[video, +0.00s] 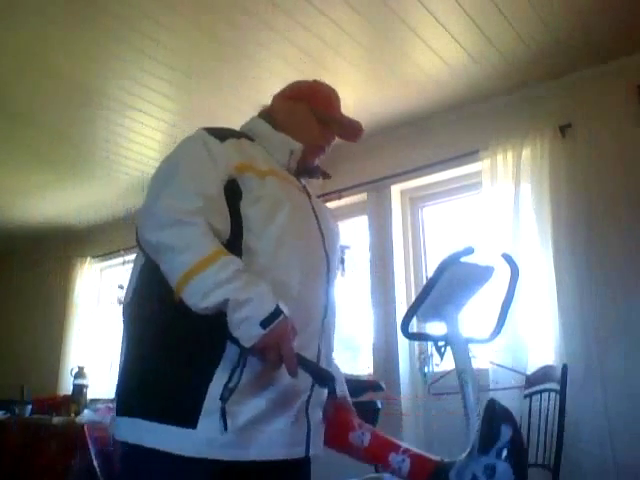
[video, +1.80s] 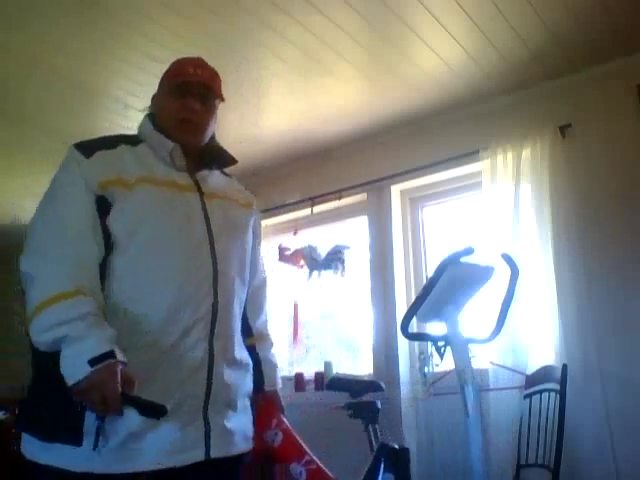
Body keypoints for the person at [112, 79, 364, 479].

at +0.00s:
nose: (329, 143)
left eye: (334, 134)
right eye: (325, 127)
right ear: (295, 115)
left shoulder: (314, 208)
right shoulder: (213, 149)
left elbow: (311, 319)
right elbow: (169, 227)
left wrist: (335, 396)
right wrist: (252, 308)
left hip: (282, 445)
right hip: (190, 440)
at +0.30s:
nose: (334, 142)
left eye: (340, 134)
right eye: (328, 126)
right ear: (295, 114)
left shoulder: (333, 218)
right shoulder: (212, 152)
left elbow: (334, 321)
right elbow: (149, 226)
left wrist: (355, 393)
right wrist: (192, 311)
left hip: (286, 439)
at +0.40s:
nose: (333, 143)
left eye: (338, 135)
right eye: (327, 126)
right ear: (293, 116)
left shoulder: (332, 219)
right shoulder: (210, 156)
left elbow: (338, 326)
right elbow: (145, 235)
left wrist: (368, 402)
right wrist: (171, 323)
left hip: (287, 445)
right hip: (190, 436)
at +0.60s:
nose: (302, 117)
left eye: (310, 111)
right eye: (291, 104)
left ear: (313, 122)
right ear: (257, 106)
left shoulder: (327, 206)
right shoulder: (190, 162)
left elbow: (340, 307)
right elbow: (118, 259)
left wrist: (377, 375)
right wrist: (111, 343)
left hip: (287, 432)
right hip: (182, 425)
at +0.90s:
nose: (252, 114)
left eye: (264, 106)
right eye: (240, 102)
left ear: (275, 120)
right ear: (214, 109)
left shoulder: (297, 202)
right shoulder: (148, 172)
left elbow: (323, 301)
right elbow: (90, 271)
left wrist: (355, 376)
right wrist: (76, 362)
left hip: (262, 431)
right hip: (155, 427)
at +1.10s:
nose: (210, 106)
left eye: (223, 97)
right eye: (198, 93)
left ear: (235, 111)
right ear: (174, 102)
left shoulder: (262, 194)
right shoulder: (104, 171)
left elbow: (291, 299)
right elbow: (49, 272)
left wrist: (318, 379)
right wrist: (42, 350)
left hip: (226, 437)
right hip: (110, 435)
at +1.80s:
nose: (192, 100)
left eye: (205, 96)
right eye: (180, 89)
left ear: (217, 113)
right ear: (155, 99)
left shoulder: (240, 201)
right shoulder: (94, 166)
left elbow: (253, 307)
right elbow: (57, 265)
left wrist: (266, 386)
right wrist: (87, 352)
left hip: (221, 439)